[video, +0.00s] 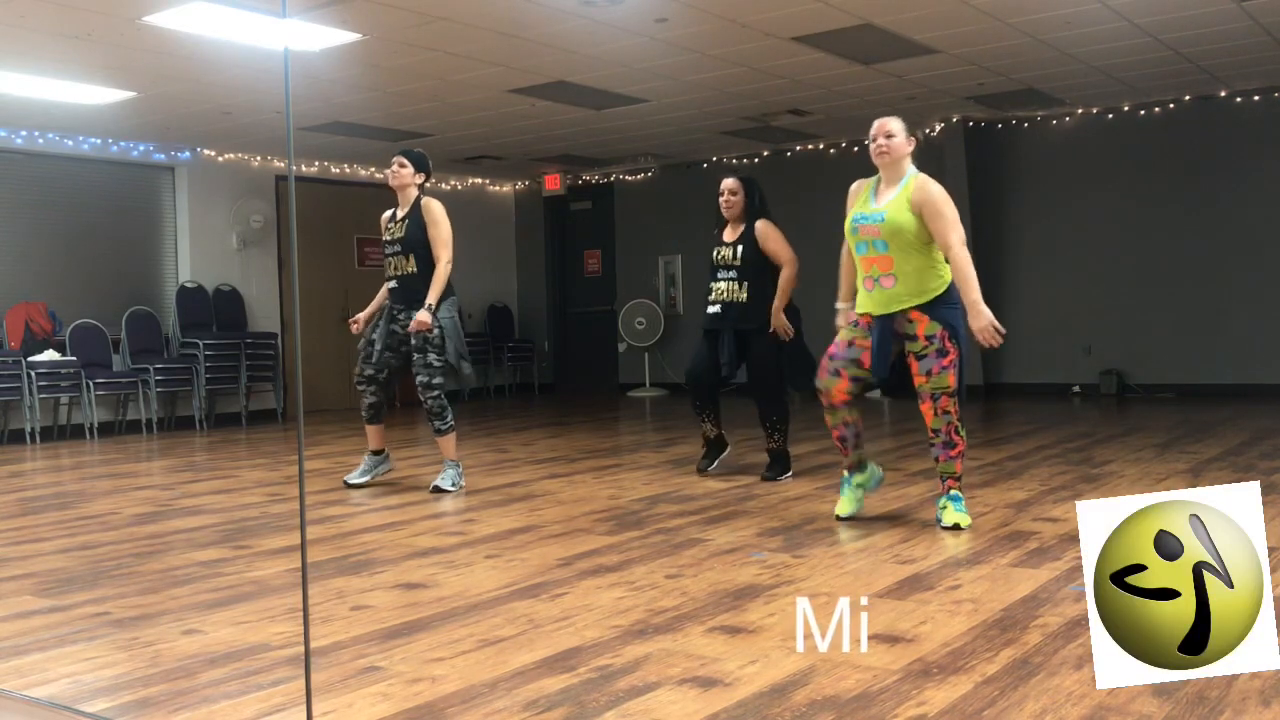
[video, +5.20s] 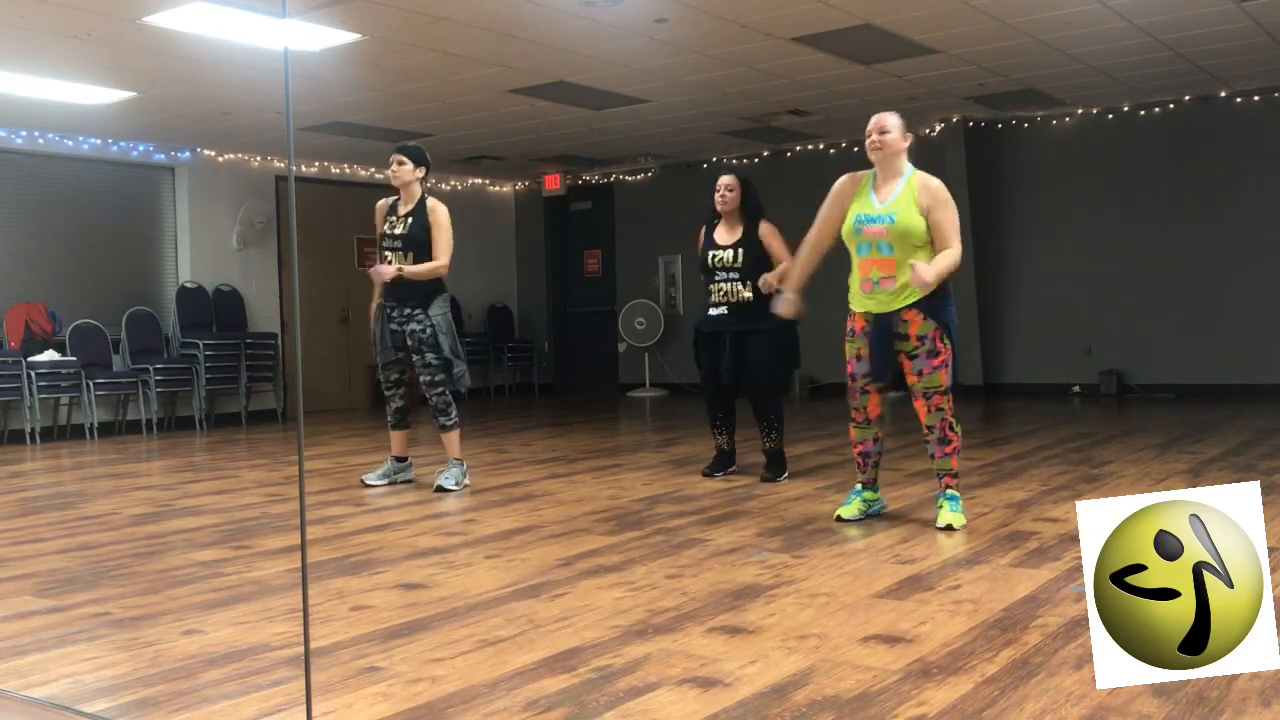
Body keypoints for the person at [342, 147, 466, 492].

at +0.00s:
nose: (391, 169)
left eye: (400, 166)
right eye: (391, 165)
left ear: (419, 176)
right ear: (390, 176)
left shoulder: (431, 207)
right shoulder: (388, 218)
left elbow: (444, 261)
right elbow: (395, 276)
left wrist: (428, 308)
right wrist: (368, 312)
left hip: (427, 311)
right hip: (394, 312)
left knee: (430, 388)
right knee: (368, 377)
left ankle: (452, 467)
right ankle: (377, 456)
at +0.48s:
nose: (382, 171)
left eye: (390, 169)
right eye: (381, 167)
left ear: (407, 180)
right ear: (376, 176)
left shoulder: (423, 214)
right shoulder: (364, 219)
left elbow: (444, 263)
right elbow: (358, 274)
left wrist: (459, 309)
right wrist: (321, 300)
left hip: (419, 312)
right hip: (379, 315)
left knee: (426, 380)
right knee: (376, 385)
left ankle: (450, 461)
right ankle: (389, 463)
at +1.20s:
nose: (389, 169)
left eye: (397, 165)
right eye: (388, 164)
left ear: (415, 174)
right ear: (386, 172)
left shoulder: (430, 212)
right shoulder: (374, 210)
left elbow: (443, 267)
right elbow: (363, 264)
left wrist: (431, 304)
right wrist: (350, 311)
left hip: (420, 311)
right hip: (384, 313)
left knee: (433, 385)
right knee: (386, 388)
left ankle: (459, 462)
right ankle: (390, 463)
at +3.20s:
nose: (400, 166)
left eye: (408, 162)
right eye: (398, 162)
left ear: (427, 170)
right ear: (397, 172)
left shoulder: (441, 201)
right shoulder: (394, 216)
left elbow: (465, 252)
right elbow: (398, 272)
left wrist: (466, 304)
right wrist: (369, 311)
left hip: (433, 310)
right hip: (397, 311)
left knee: (445, 385)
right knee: (399, 386)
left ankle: (460, 466)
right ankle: (399, 461)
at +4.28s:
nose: (389, 168)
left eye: (398, 165)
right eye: (389, 163)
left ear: (415, 176)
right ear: (385, 174)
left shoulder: (432, 210)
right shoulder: (374, 220)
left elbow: (457, 259)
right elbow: (369, 275)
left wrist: (468, 301)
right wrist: (334, 299)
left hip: (428, 311)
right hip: (389, 314)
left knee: (435, 384)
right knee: (392, 388)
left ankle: (458, 462)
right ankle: (400, 463)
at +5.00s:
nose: (386, 176)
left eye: (394, 172)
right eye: (385, 170)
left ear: (411, 182)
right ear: (382, 178)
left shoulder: (426, 219)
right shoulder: (366, 214)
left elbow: (444, 268)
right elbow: (346, 262)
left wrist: (441, 287)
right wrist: (327, 308)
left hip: (420, 312)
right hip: (382, 316)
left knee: (428, 378)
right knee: (380, 387)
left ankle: (454, 455)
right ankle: (400, 464)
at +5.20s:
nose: (392, 169)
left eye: (400, 164)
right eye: (391, 164)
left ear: (420, 171)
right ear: (391, 172)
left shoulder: (435, 209)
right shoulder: (384, 208)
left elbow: (441, 265)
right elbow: (384, 260)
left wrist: (398, 270)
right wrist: (376, 302)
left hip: (427, 310)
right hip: (390, 311)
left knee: (435, 386)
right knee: (392, 385)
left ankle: (456, 465)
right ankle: (400, 462)